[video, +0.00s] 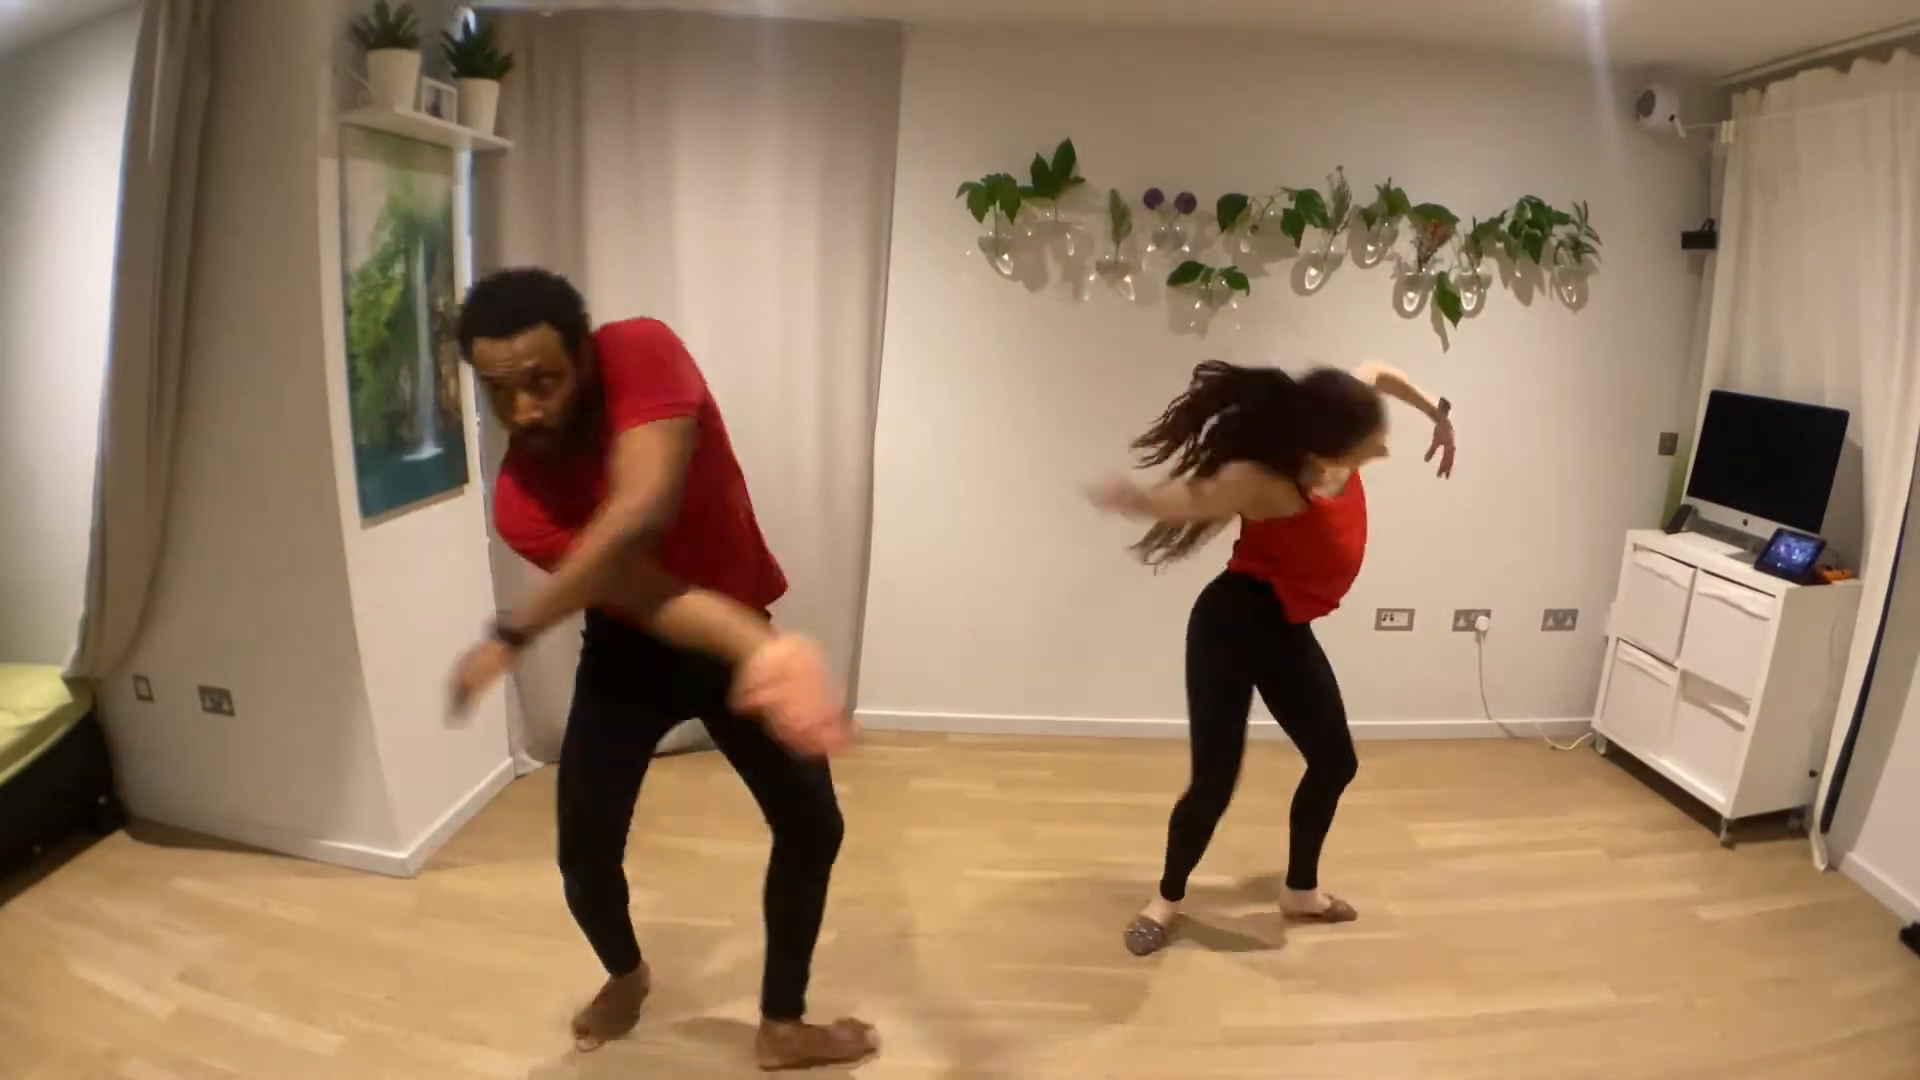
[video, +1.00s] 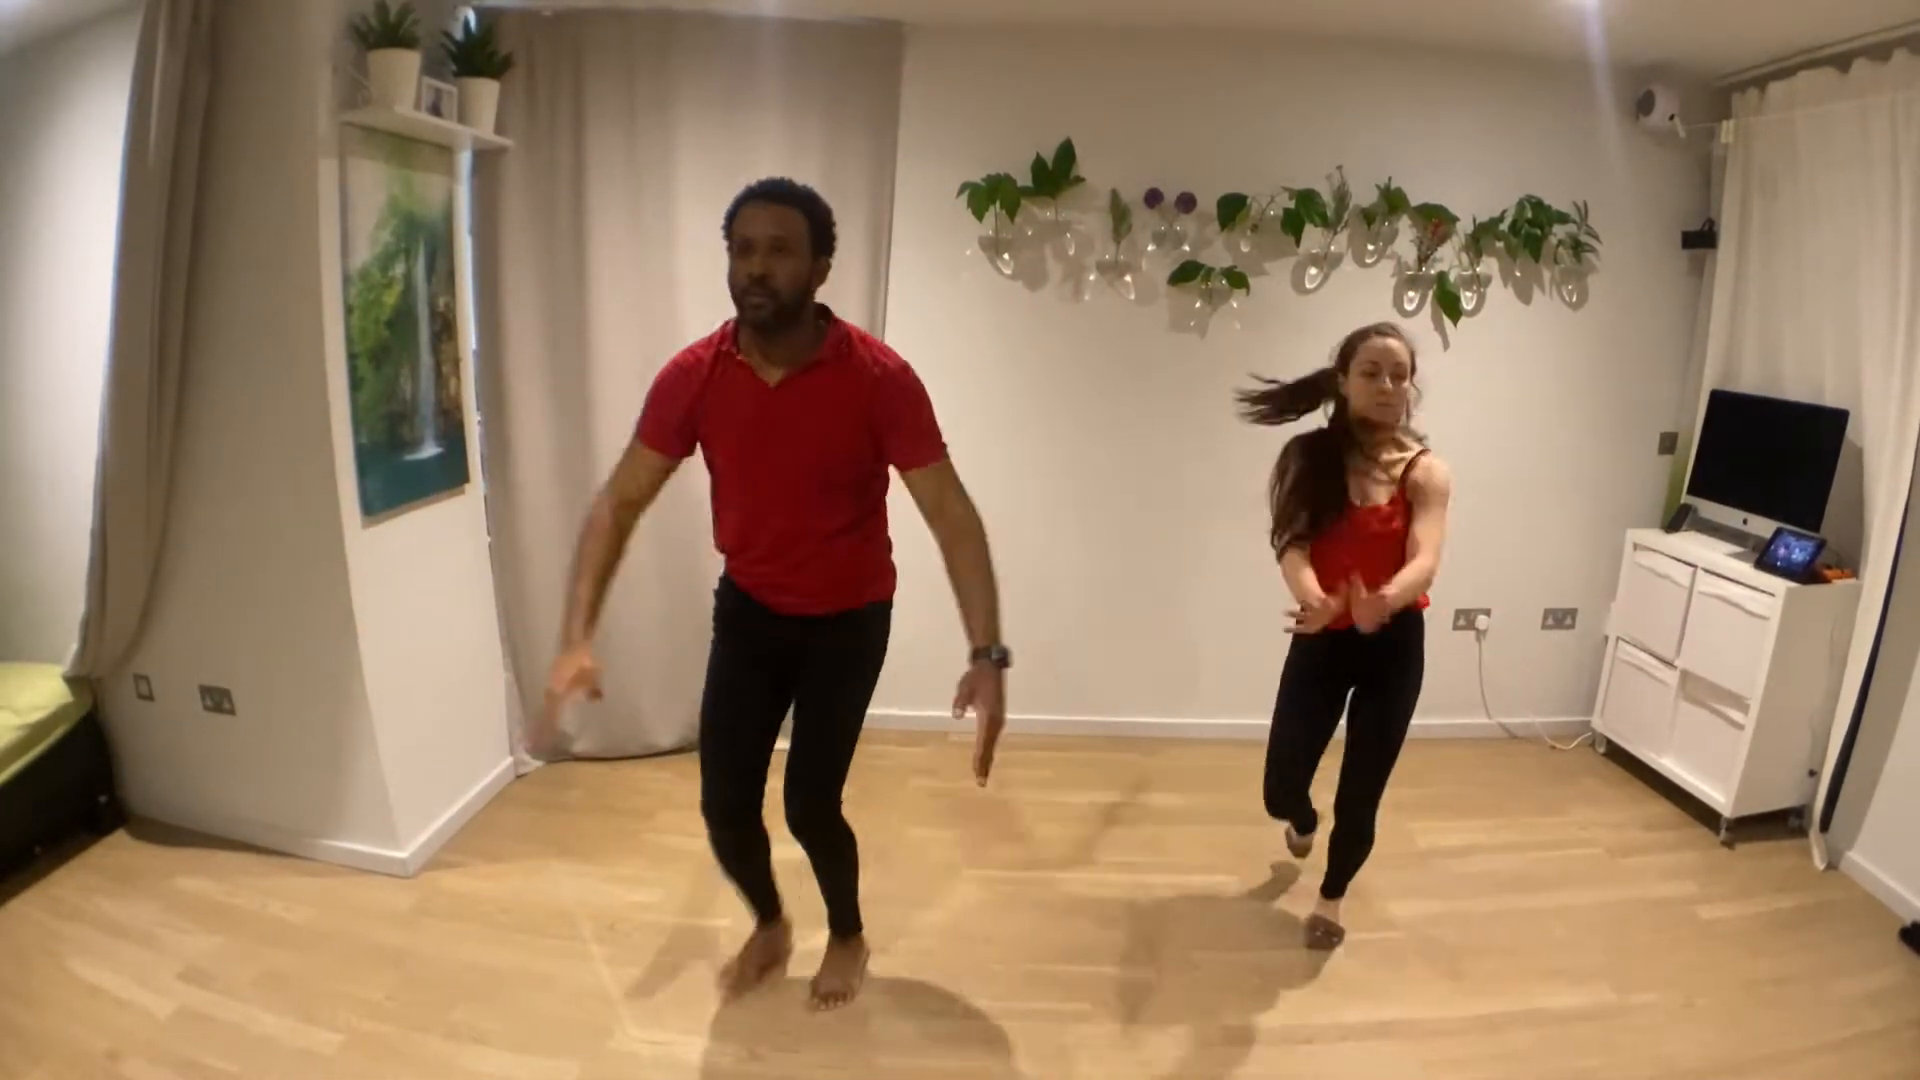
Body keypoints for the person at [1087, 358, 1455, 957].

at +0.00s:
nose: (1357, 469)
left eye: (1361, 458)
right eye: (1348, 459)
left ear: (1356, 448)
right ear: (1314, 453)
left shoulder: (1344, 444)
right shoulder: (1263, 482)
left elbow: (1377, 371)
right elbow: (1197, 498)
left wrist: (1438, 414)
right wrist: (1144, 500)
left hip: (1285, 630)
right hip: (1229, 622)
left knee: (1334, 761)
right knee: (1214, 780)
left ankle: (1301, 891)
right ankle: (1167, 897)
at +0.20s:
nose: (1441, 527)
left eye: (1450, 518)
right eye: (1439, 518)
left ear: (1402, 452)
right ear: (1418, 509)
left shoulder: (1331, 458)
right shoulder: (1378, 529)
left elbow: (1405, 477)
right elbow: (1405, 637)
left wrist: (1436, 541)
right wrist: (1440, 710)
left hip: (1246, 635)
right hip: (1276, 651)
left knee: (1327, 756)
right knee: (1363, 762)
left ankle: (1292, 886)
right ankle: (1270, 865)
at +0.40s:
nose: (1321, 432)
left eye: (1321, 424)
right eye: (1321, 425)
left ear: (1332, 421)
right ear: (1381, 416)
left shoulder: (1305, 472)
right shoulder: (1432, 480)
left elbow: (1244, 527)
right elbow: (1426, 546)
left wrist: (1282, 575)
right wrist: (1374, 562)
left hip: (1315, 656)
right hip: (1384, 657)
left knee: (1309, 760)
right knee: (1343, 733)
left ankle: (1331, 890)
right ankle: (1346, 844)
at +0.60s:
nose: (1338, 401)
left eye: (1355, 391)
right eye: (1333, 385)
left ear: (1395, 399)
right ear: (1327, 379)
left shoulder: (1363, 466)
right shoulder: (1382, 450)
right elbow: (1350, 489)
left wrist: (1291, 556)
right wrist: (1309, 492)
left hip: (1370, 640)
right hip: (1387, 628)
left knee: (1270, 747)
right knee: (1315, 729)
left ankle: (1339, 864)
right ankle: (1339, 839)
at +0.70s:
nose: (1353, 391)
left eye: (1373, 381)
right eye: (1347, 375)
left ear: (1400, 394)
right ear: (1334, 375)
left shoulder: (1394, 467)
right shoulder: (1323, 451)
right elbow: (1279, 475)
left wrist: (1354, 539)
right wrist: (1248, 472)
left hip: (1386, 634)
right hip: (1340, 624)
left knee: (1289, 759)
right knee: (1307, 738)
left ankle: (1313, 883)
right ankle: (1340, 838)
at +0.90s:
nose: (1387, 388)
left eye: (1401, 379)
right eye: (1373, 375)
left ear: (1416, 390)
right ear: (1348, 384)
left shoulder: (1426, 473)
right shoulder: (1308, 466)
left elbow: (1406, 574)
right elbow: (1297, 561)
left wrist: (1381, 554)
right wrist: (1244, 536)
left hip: (1389, 642)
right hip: (1320, 635)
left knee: (1351, 792)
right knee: (1286, 767)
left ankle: (1329, 902)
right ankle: (1338, 824)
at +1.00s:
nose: (1386, 386)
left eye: (1399, 376)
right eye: (1371, 373)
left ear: (1412, 388)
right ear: (1342, 382)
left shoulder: (1426, 472)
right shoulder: (1308, 457)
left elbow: (1427, 559)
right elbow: (1291, 545)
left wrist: (1387, 600)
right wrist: (1314, 596)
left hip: (1394, 647)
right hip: (1321, 640)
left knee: (1357, 796)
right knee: (1281, 790)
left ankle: (1332, 899)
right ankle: (1305, 825)